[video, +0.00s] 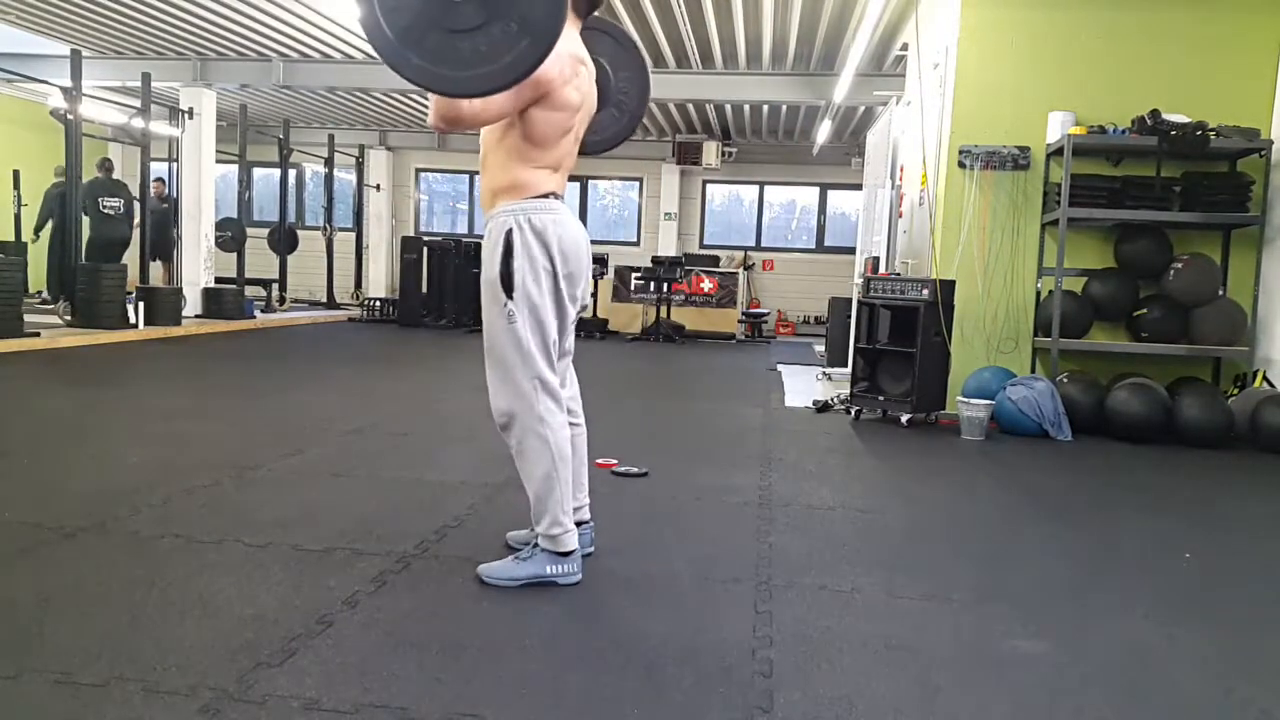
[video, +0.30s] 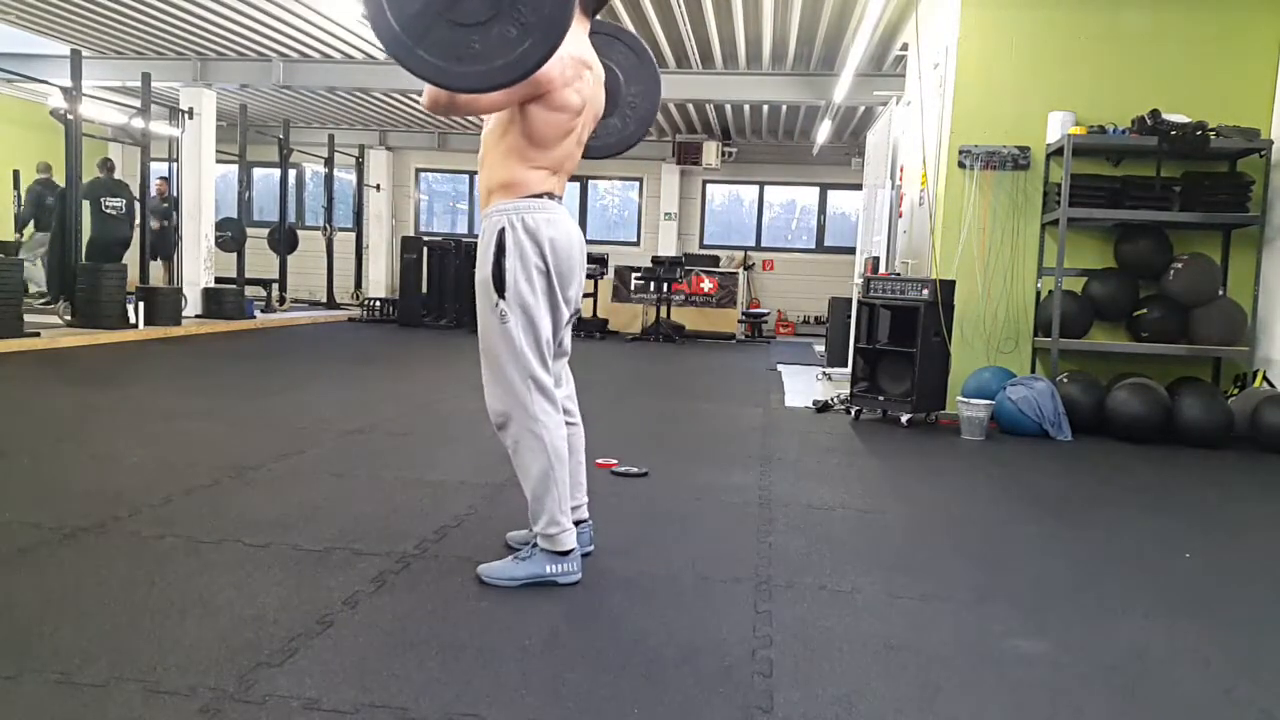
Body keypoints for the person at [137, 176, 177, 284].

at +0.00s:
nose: (155, 190)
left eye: (157, 187)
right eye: (153, 187)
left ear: (164, 187)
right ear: (151, 188)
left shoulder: (172, 201)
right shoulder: (149, 201)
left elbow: (177, 218)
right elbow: (143, 217)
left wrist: (177, 233)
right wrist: (133, 225)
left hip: (166, 238)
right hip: (150, 236)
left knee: (166, 265)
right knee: (145, 263)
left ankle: (166, 289)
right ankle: (143, 288)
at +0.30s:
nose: (157, 188)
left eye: (160, 185)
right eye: (156, 185)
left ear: (167, 186)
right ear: (154, 186)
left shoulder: (173, 201)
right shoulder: (151, 201)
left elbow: (177, 218)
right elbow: (146, 214)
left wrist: (165, 223)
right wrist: (151, 222)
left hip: (167, 237)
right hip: (152, 236)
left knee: (166, 264)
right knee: (145, 262)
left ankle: (167, 287)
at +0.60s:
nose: (153, 187)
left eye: (157, 185)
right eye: (152, 185)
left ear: (164, 187)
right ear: (151, 187)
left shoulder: (171, 203)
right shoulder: (149, 202)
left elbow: (178, 218)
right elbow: (145, 219)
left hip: (164, 240)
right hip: (149, 238)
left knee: (165, 266)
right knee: (144, 263)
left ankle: (167, 288)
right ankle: (145, 287)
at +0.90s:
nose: (149, 189)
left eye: (151, 186)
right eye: (147, 186)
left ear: (157, 187)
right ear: (146, 188)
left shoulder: (164, 202)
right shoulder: (144, 202)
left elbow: (168, 222)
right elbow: (141, 222)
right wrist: (138, 238)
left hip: (160, 236)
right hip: (146, 236)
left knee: (161, 262)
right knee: (147, 263)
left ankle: (164, 284)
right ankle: (147, 285)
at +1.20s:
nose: (150, 188)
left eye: (153, 186)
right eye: (148, 186)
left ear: (157, 188)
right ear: (146, 188)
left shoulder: (164, 200)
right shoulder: (142, 200)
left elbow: (169, 219)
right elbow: (134, 216)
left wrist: (155, 221)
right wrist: (128, 231)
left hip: (162, 235)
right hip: (148, 235)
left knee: (163, 260)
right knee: (150, 262)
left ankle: (170, 284)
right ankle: (149, 287)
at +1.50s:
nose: (157, 189)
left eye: (160, 187)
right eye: (155, 187)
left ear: (165, 189)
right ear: (152, 189)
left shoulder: (172, 203)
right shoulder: (149, 203)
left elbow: (176, 220)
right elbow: (144, 220)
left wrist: (175, 235)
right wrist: (142, 236)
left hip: (168, 237)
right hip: (152, 237)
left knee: (170, 264)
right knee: (152, 265)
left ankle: (171, 287)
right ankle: (150, 288)